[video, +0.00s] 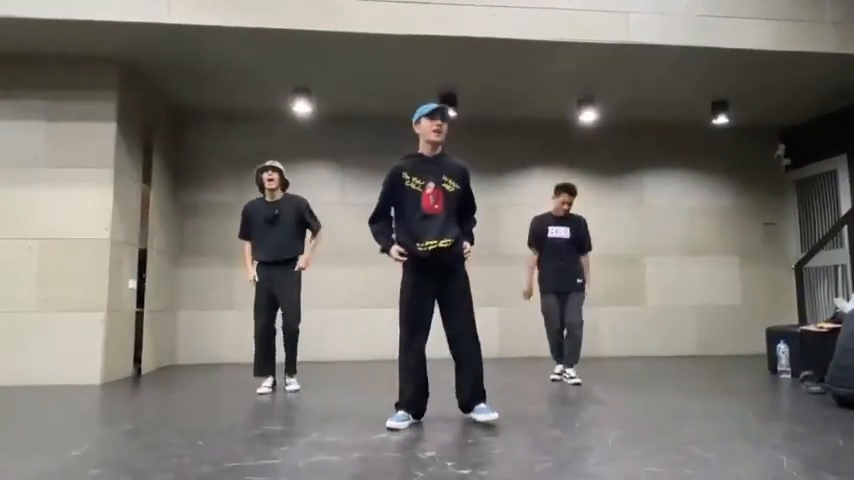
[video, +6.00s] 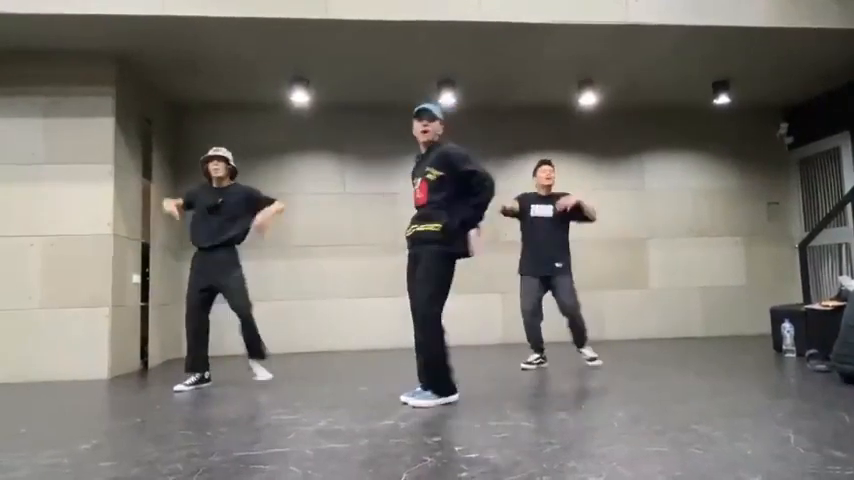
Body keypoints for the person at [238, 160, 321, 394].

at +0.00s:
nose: (269, 177)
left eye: (273, 174)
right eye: (266, 175)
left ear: (282, 179)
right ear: (260, 180)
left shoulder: (297, 203)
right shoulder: (252, 208)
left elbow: (317, 229)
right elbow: (247, 240)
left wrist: (308, 255)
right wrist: (249, 267)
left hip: (290, 271)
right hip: (264, 271)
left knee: (291, 324)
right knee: (263, 326)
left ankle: (290, 375)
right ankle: (267, 377)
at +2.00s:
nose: (232, 161)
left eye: (237, 158)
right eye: (229, 157)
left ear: (246, 163)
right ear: (222, 162)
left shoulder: (258, 195)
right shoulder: (210, 189)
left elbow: (262, 227)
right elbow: (206, 219)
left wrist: (253, 245)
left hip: (238, 258)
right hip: (212, 255)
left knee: (237, 315)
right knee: (194, 311)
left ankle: (240, 369)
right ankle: (197, 368)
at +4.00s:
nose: (232, 161)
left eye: (236, 157)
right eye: (228, 157)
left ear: (245, 163)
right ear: (222, 163)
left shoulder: (261, 192)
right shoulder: (210, 192)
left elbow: (275, 224)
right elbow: (198, 221)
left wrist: (269, 241)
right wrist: (191, 225)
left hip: (250, 261)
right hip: (220, 261)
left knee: (257, 315)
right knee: (205, 314)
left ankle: (263, 368)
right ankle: (192, 368)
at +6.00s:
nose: (215, 165)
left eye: (219, 162)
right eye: (211, 162)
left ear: (229, 167)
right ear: (206, 167)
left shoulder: (242, 192)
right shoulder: (200, 192)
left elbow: (278, 204)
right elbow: (172, 203)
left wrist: (266, 215)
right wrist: (170, 206)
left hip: (227, 260)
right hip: (201, 262)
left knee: (244, 310)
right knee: (195, 317)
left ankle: (256, 360)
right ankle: (199, 372)